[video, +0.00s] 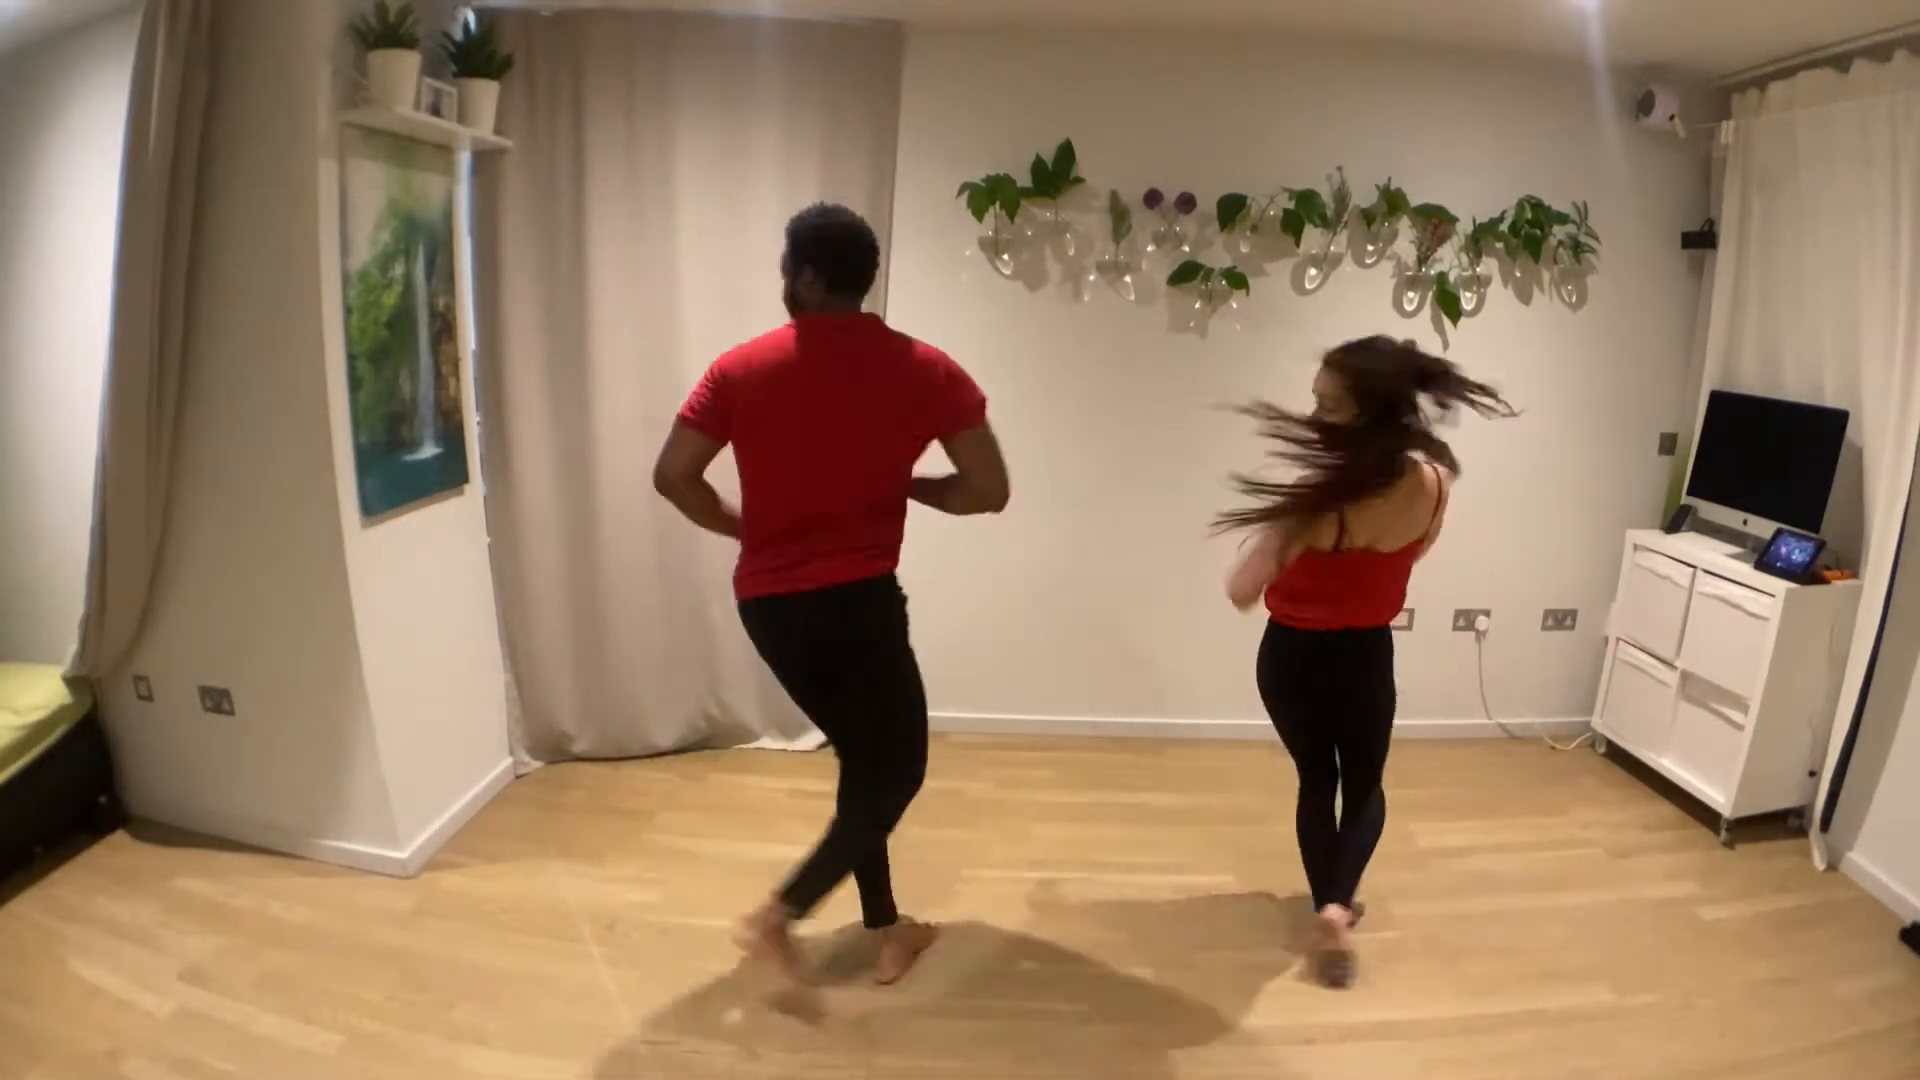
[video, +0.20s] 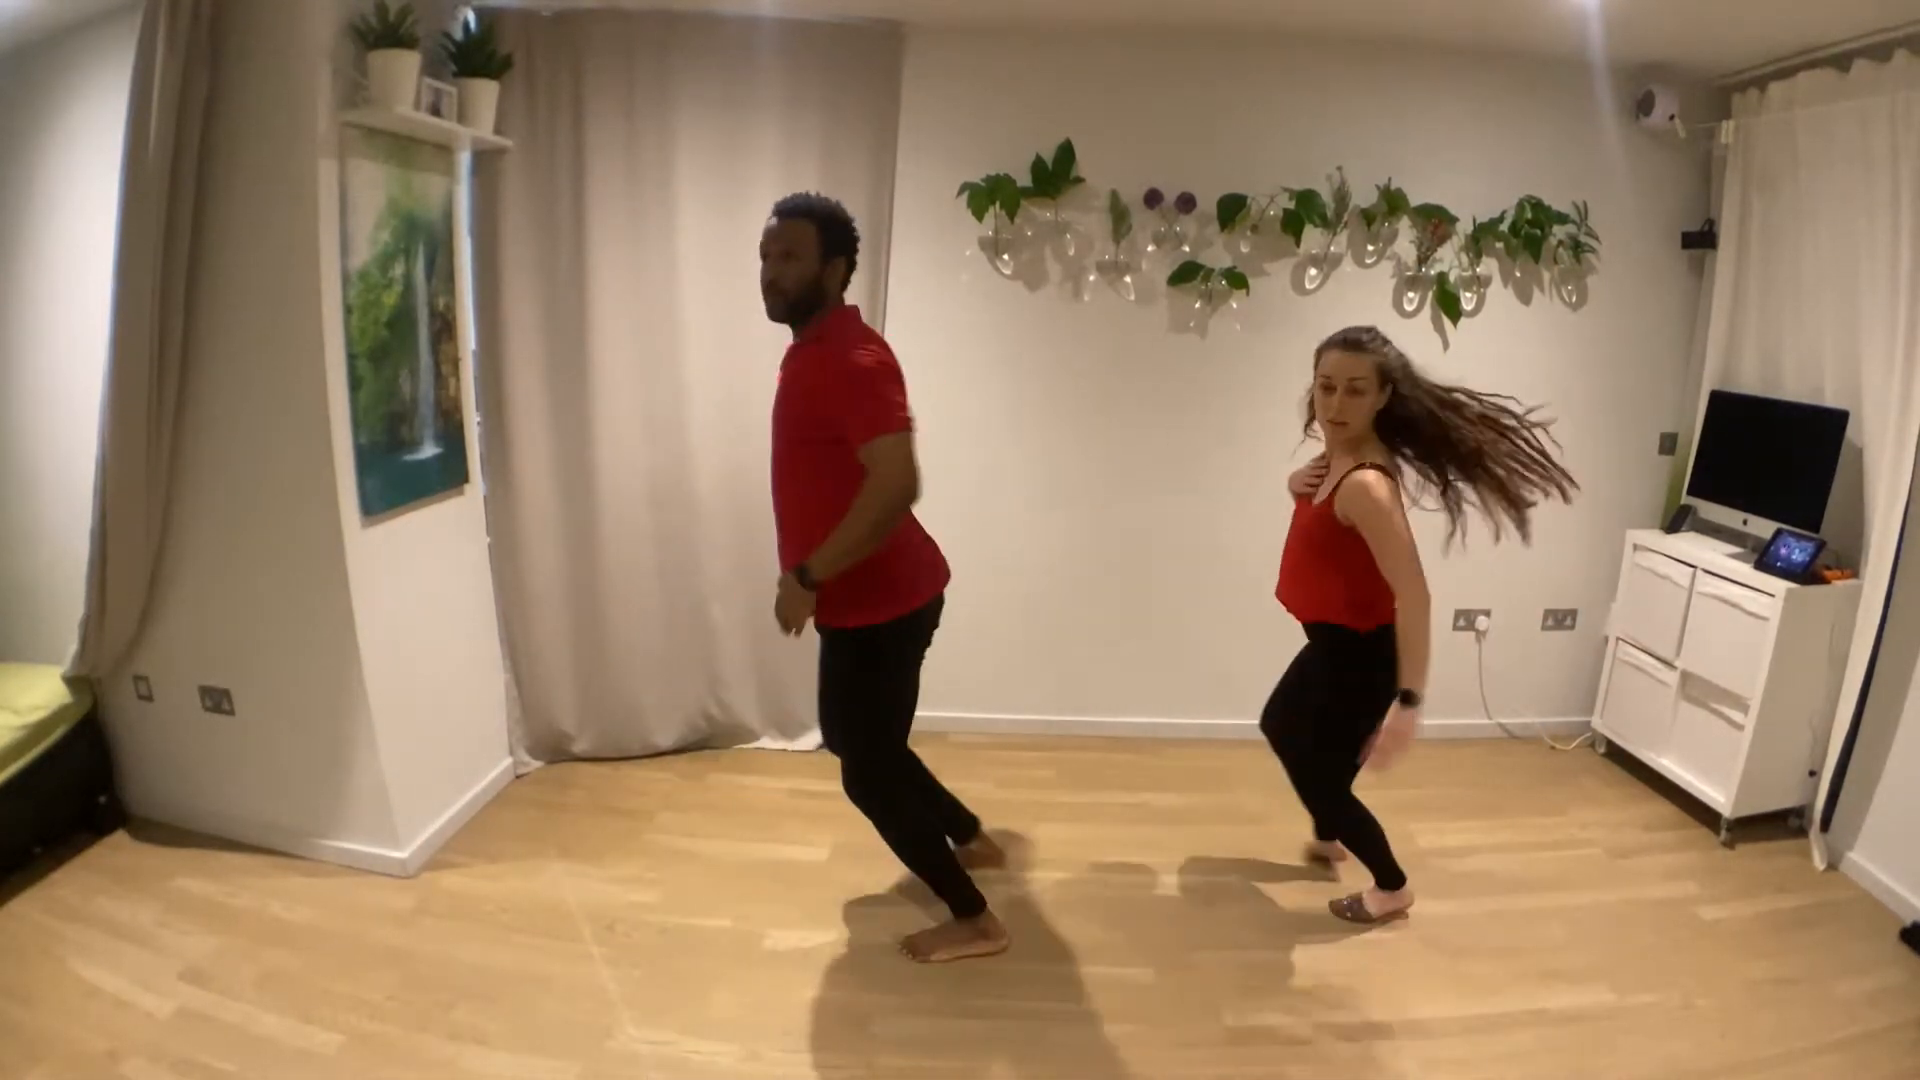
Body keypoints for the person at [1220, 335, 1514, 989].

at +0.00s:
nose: (1316, 413)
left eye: (1328, 402)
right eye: (1317, 398)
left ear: (1365, 410)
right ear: (1396, 409)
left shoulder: (1318, 493)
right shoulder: (1433, 481)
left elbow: (1242, 589)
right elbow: (1419, 548)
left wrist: (1288, 529)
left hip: (1291, 662)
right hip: (1366, 661)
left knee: (1315, 778)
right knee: (1366, 784)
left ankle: (1329, 913)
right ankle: (1337, 904)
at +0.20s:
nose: (1337, 404)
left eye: (1355, 390)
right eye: (1326, 387)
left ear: (1382, 399)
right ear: (1312, 390)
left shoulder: (1366, 487)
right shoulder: (1337, 456)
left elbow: (1413, 592)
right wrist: (1300, 487)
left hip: (1364, 653)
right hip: (1334, 641)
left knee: (1324, 780)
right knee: (1282, 725)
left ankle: (1391, 887)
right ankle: (1329, 836)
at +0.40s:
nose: (1320, 389)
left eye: (1336, 375)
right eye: (1307, 372)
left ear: (1355, 383)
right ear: (1287, 375)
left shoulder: (1363, 468)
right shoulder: (1275, 440)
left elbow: (1442, 558)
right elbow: (1252, 533)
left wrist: (1522, 631)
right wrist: (1242, 492)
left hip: (1378, 622)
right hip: (1312, 622)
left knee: (1373, 763)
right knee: (1243, 732)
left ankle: (1379, 878)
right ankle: (1227, 840)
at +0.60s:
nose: (1287, 387)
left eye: (1303, 372)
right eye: (1274, 371)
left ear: (1321, 380)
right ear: (1253, 375)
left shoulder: (1325, 464)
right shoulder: (1227, 451)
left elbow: (1387, 515)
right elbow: (1192, 528)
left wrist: (1473, 577)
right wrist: (1198, 482)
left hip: (1326, 605)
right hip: (1258, 616)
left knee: (1362, 739)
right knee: (1207, 737)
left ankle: (1375, 870)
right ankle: (1147, 855)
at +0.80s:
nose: (1249, 393)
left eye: (1265, 378)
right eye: (1237, 377)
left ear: (1285, 384)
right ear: (1218, 380)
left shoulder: (1280, 463)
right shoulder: (1192, 444)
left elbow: (1277, 493)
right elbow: (1137, 524)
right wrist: (1157, 475)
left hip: (1248, 618)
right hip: (1179, 620)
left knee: (1296, 750)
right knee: (1133, 752)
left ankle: (1354, 860)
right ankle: (1141, 858)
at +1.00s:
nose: (1223, 394)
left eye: (1239, 381)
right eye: (1212, 379)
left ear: (1260, 387)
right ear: (1195, 382)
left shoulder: (1264, 468)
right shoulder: (1172, 451)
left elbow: (1185, 485)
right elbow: (1115, 531)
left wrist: (1093, 487)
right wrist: (1130, 491)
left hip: (1199, 623)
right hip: (1136, 611)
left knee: (1182, 777)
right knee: (1111, 754)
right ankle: (1141, 859)